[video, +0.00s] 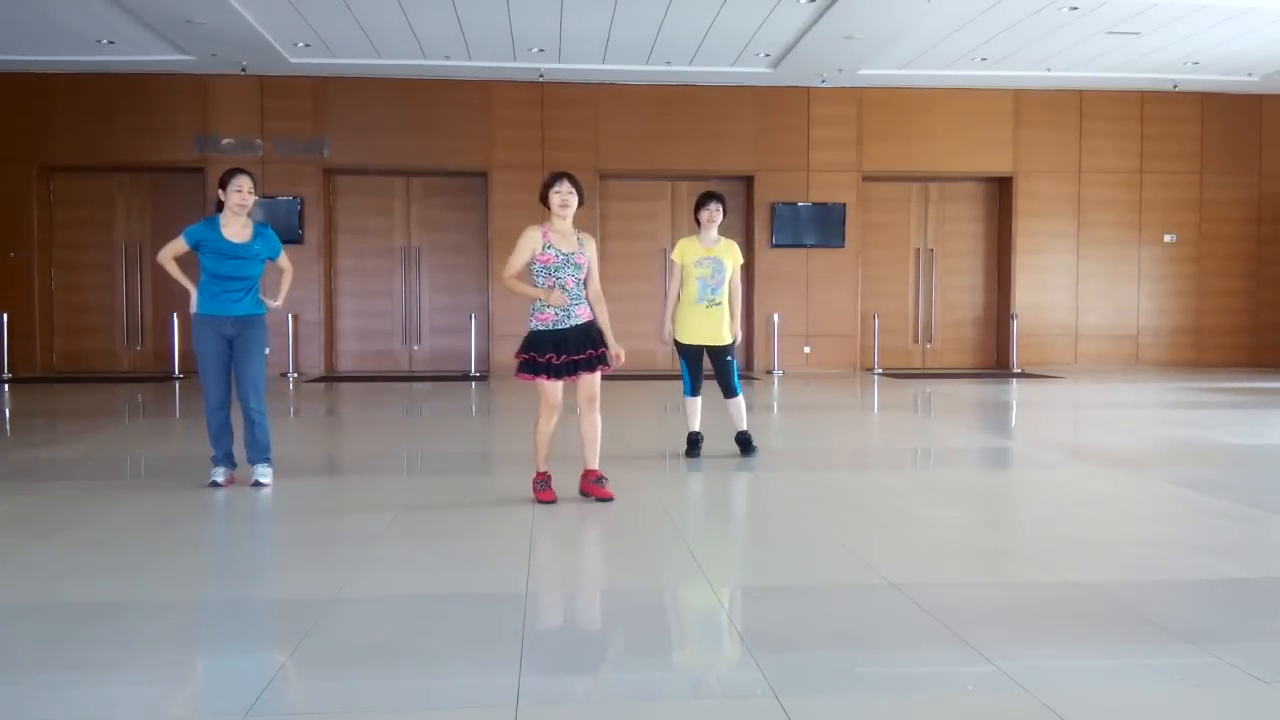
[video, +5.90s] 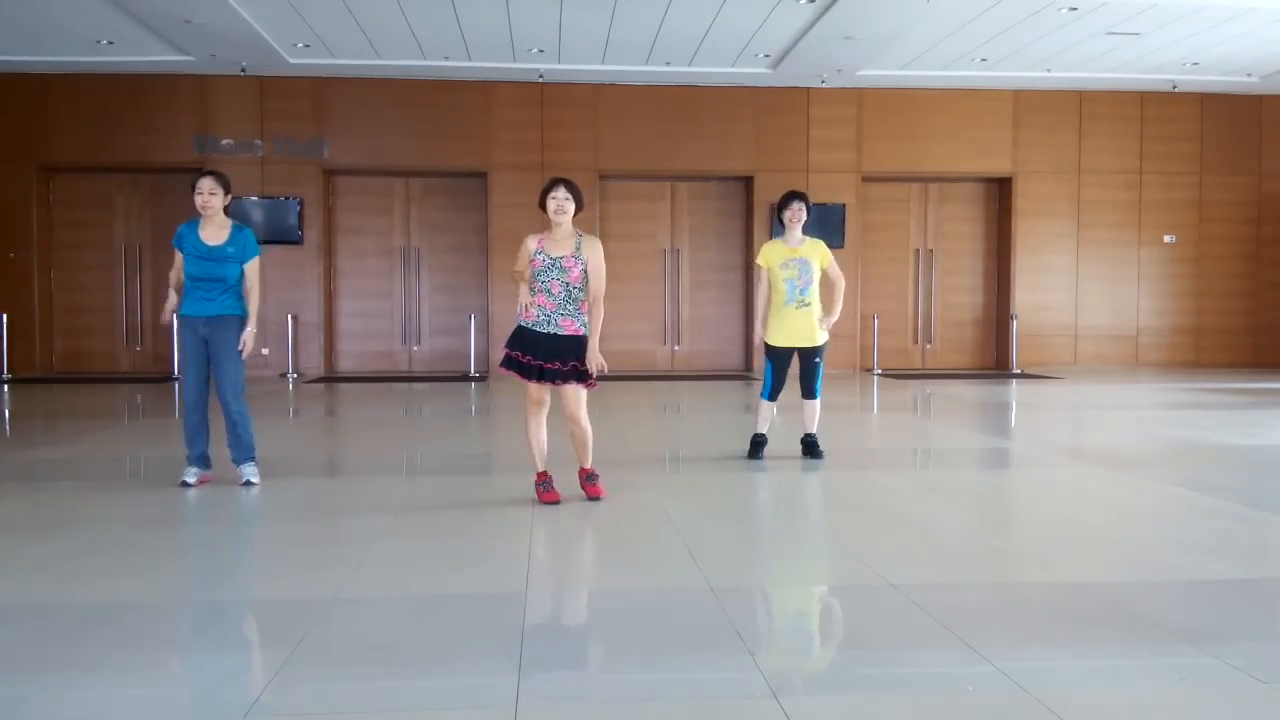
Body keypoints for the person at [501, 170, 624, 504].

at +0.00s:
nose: (564, 197)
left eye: (570, 193)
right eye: (557, 193)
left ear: (578, 201)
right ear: (547, 200)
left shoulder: (586, 242)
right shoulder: (534, 235)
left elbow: (595, 292)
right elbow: (508, 277)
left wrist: (610, 339)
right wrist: (542, 293)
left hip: (585, 330)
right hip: (548, 332)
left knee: (590, 401)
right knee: (552, 405)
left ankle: (592, 474)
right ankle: (542, 475)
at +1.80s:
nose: (567, 198)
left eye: (573, 193)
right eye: (560, 193)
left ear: (581, 200)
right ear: (549, 200)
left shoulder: (589, 243)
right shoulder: (538, 235)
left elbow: (597, 296)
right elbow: (509, 274)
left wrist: (611, 341)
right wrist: (506, 324)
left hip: (586, 332)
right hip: (548, 334)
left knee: (591, 403)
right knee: (549, 405)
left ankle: (591, 477)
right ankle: (542, 476)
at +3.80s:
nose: (568, 201)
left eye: (574, 196)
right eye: (562, 196)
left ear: (584, 202)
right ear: (551, 202)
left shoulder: (594, 244)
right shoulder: (538, 238)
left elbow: (603, 296)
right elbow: (495, 262)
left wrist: (613, 343)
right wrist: (528, 284)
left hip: (582, 336)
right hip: (547, 335)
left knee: (597, 405)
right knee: (547, 404)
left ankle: (589, 478)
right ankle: (546, 478)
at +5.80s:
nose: (560, 203)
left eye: (566, 199)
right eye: (554, 199)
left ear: (576, 206)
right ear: (544, 205)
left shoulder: (590, 247)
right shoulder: (529, 243)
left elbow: (596, 300)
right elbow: (508, 270)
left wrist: (596, 347)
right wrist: (519, 284)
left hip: (571, 339)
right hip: (532, 337)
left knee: (579, 414)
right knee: (536, 404)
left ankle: (589, 474)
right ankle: (542, 476)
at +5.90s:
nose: (559, 203)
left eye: (566, 199)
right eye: (554, 199)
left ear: (576, 206)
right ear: (544, 205)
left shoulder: (590, 245)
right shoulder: (531, 244)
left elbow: (597, 299)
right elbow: (518, 273)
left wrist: (593, 346)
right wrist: (523, 287)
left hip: (573, 338)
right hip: (534, 336)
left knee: (577, 414)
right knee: (538, 405)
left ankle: (587, 472)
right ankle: (542, 475)